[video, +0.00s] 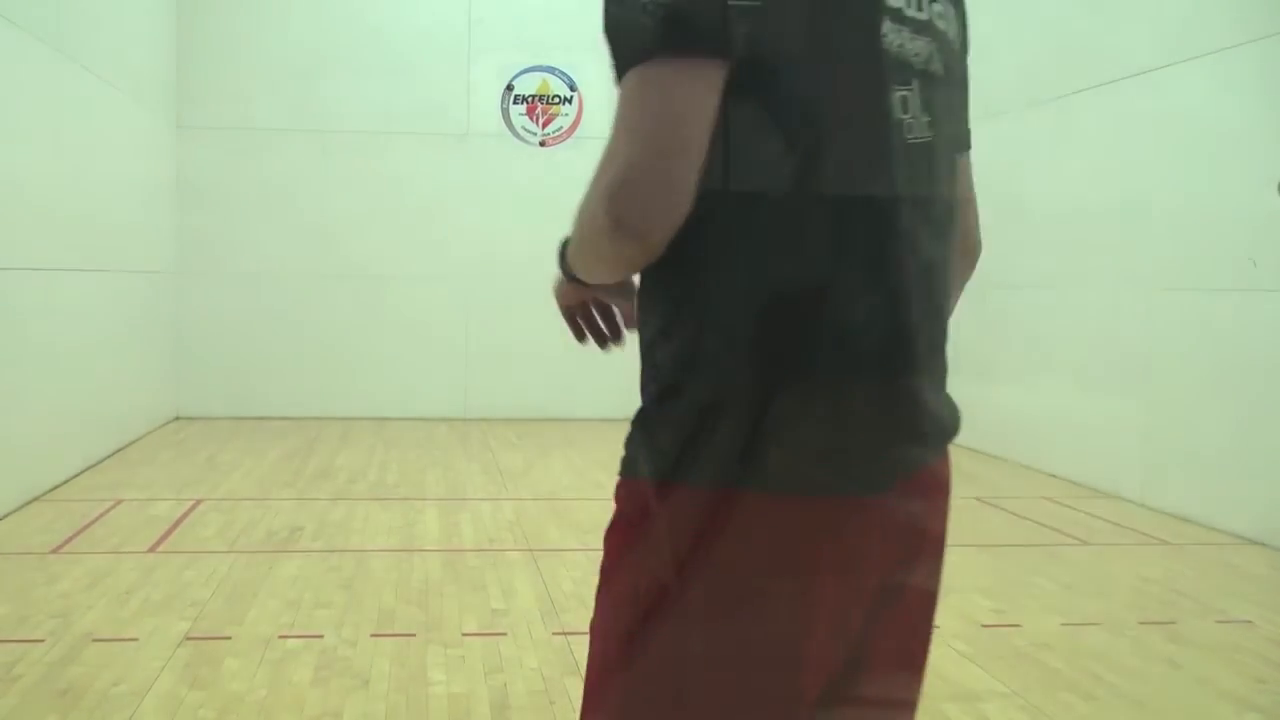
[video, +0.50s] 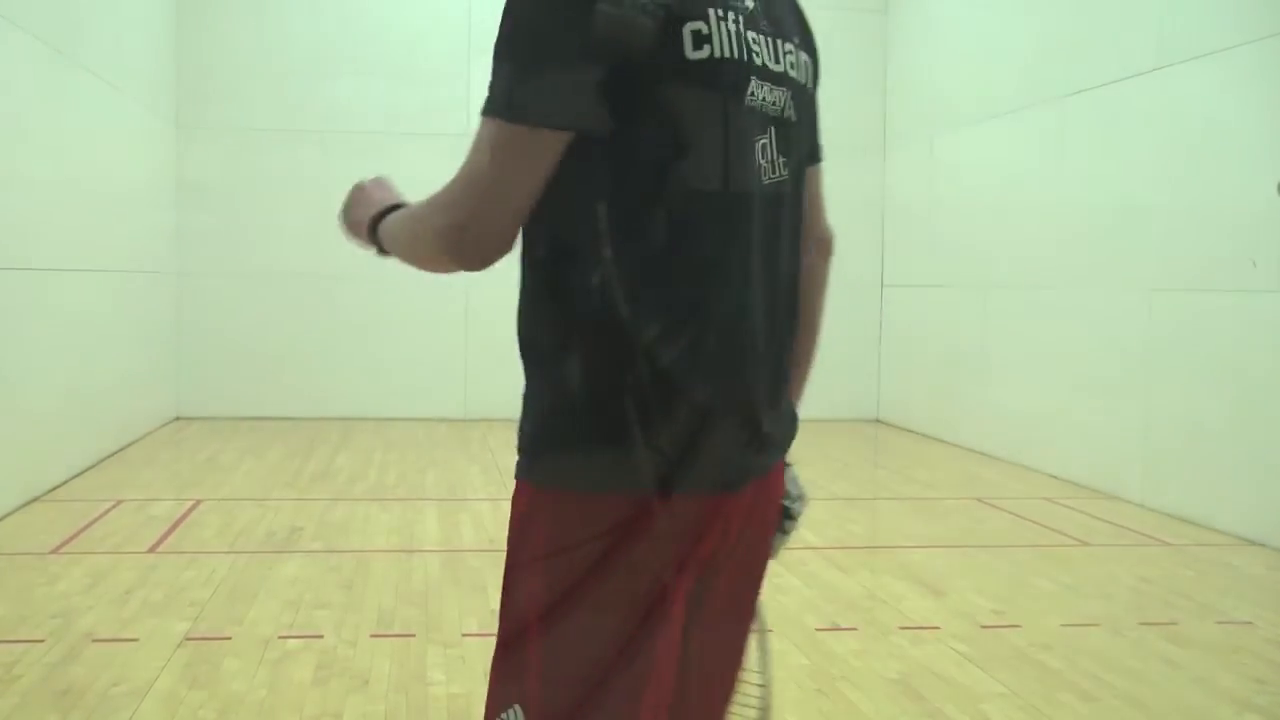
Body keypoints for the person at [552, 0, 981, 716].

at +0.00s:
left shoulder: (687, 7)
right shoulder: (931, 8)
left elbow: (645, 194)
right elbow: (957, 239)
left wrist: (586, 270)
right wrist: (862, 353)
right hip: (902, 473)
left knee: (672, 706)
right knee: (863, 708)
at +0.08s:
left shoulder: (658, 7)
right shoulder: (906, 5)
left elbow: (601, 211)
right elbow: (945, 233)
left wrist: (560, 244)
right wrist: (883, 383)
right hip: (883, 472)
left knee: (664, 705)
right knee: (843, 709)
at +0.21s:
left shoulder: (615, 7)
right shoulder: (871, 9)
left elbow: (519, 223)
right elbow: (912, 229)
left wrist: (547, 128)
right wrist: (872, 419)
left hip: (681, 482)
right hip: (848, 471)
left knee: (642, 706)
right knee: (815, 710)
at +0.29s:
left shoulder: (587, 7)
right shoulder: (842, 9)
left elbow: (486, 224)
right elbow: (884, 232)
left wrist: (461, 194)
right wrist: (855, 443)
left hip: (654, 477)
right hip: (815, 465)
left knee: (620, 705)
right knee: (782, 709)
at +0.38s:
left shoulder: (574, 9)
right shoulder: (816, 13)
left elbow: (466, 225)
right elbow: (852, 235)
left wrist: (426, 191)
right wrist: (826, 445)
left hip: (624, 461)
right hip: (780, 458)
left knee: (581, 705)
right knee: (744, 708)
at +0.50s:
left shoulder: (574, 9)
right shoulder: (781, 16)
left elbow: (473, 229)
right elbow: (811, 242)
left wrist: (381, 218)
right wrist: (774, 428)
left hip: (608, 461)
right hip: (743, 457)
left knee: (558, 703)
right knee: (692, 703)